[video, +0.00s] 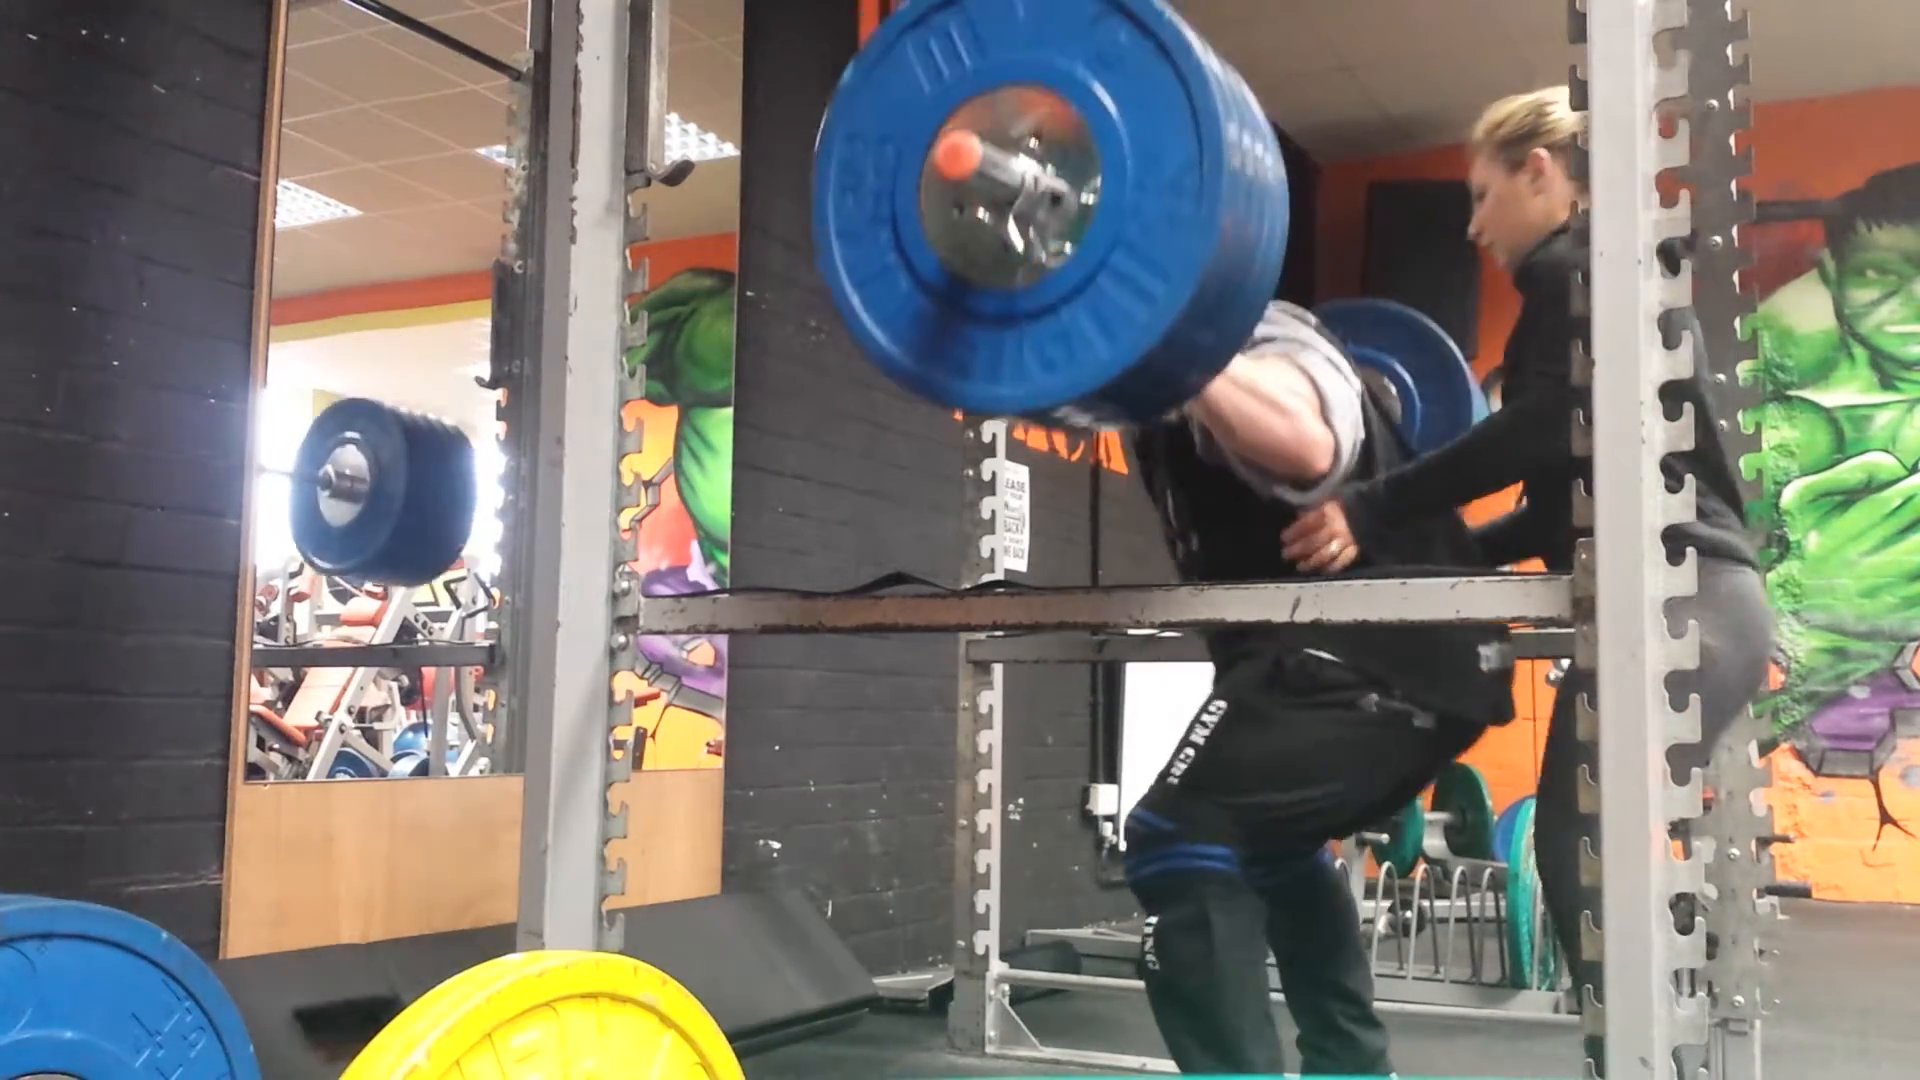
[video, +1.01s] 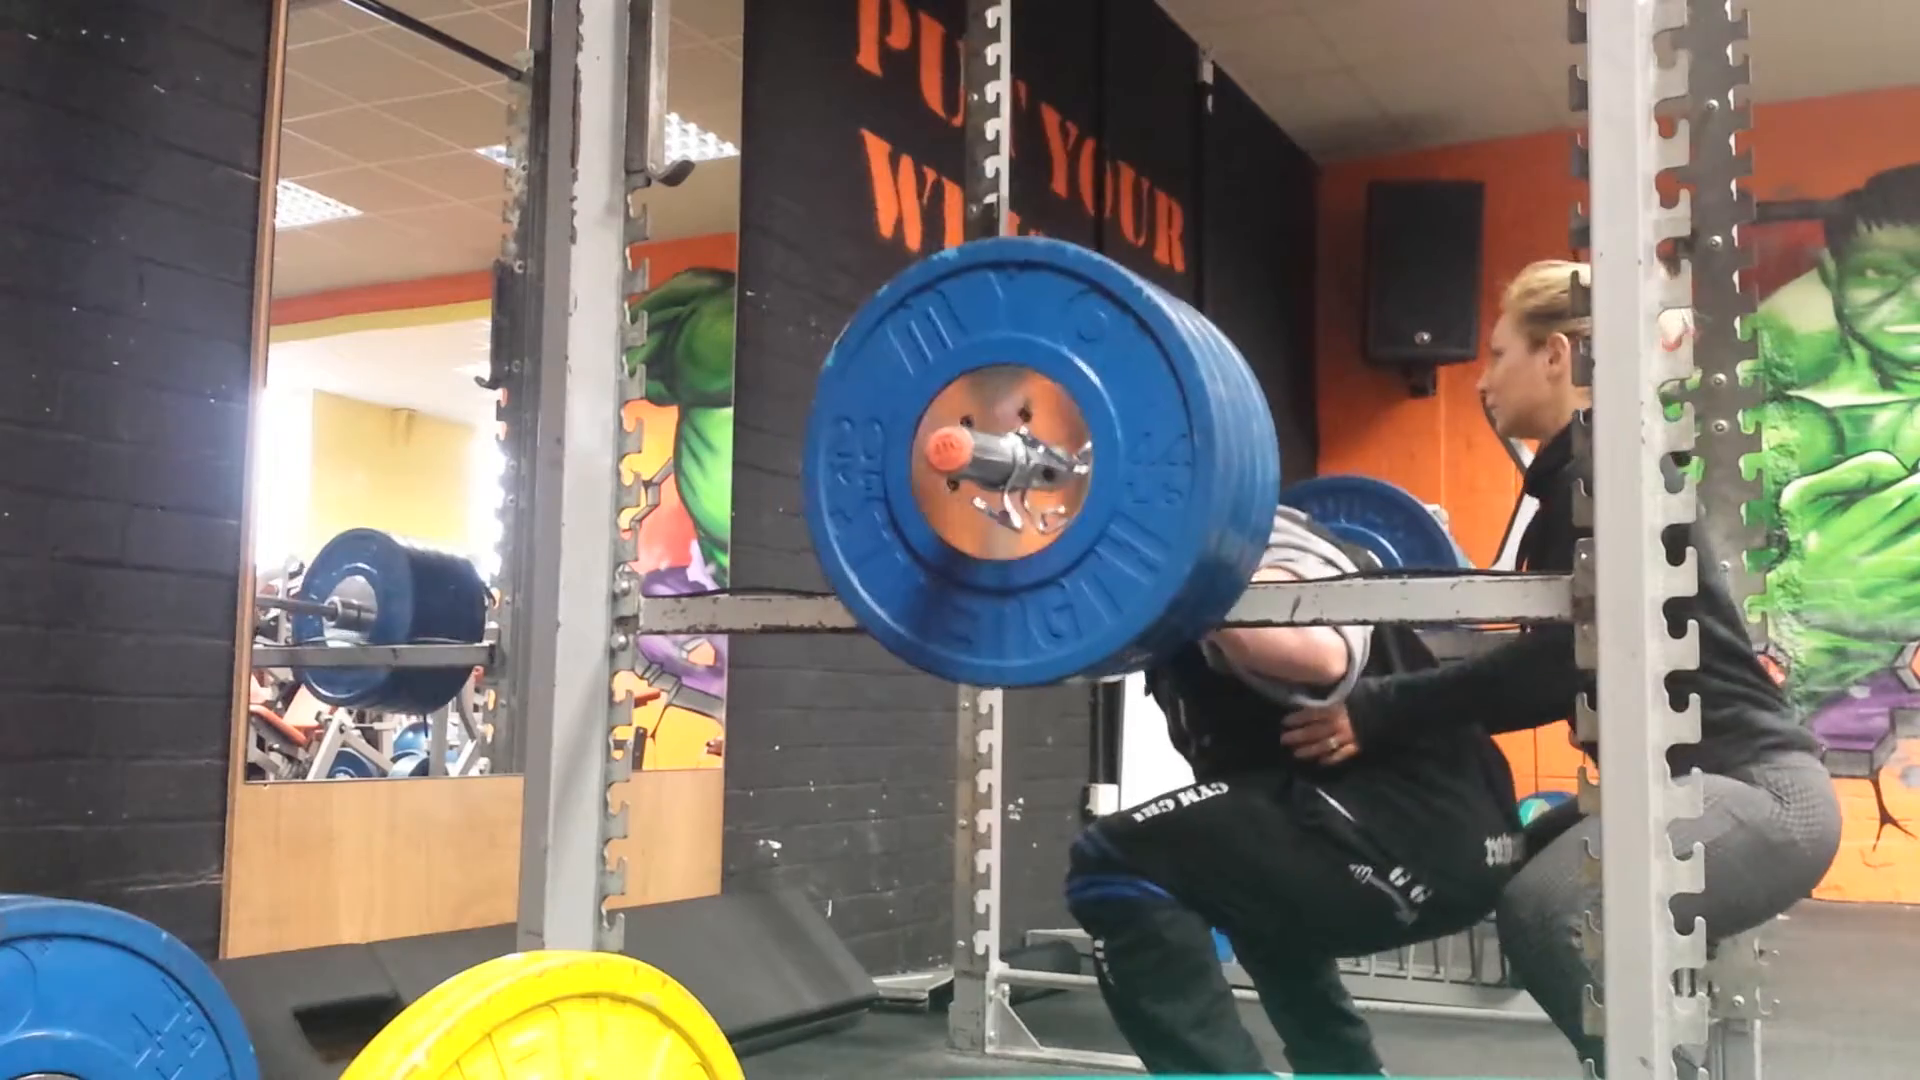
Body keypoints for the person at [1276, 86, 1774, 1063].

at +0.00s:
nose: (1473, 226)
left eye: (1483, 195)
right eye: (1472, 200)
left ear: (1543, 176)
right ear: (1552, 183)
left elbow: (1536, 434)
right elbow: (1568, 505)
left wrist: (1370, 510)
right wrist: (1436, 556)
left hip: (1664, 601)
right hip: (1706, 598)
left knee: (1572, 841)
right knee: (1582, 839)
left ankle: (1635, 1056)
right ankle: (1641, 1051)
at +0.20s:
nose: (1463, 260)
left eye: (1472, 231)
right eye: (1462, 237)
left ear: (1537, 212)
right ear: (1535, 216)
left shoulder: (1578, 313)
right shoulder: (1612, 315)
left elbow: (1555, 473)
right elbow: (1579, 536)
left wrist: (1387, 543)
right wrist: (1465, 595)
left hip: (1710, 630)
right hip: (1730, 628)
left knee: (1565, 847)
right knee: (1574, 848)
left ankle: (1641, 1053)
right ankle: (1650, 1051)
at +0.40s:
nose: (1469, 271)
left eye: (1479, 242)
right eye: (1468, 247)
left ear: (1541, 223)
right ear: (1543, 228)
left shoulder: (1598, 323)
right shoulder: (1595, 322)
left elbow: (1577, 503)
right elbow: (1554, 506)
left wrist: (1393, 569)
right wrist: (1399, 562)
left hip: (1729, 647)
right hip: (1704, 646)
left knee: (1564, 848)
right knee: (1556, 844)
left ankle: (1660, 1056)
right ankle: (1661, 1050)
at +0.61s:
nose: (1471, 312)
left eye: (1484, 283)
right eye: (1474, 287)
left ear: (1547, 278)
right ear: (1548, 282)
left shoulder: (1590, 395)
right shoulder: (1585, 396)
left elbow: (1553, 601)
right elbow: (1540, 598)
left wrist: (1400, 640)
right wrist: (1403, 634)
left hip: (1747, 720)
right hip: (1702, 714)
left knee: (1559, 878)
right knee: (1530, 850)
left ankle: (1655, 1060)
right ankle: (1648, 1049)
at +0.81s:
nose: (1475, 361)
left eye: (1486, 336)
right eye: (1478, 339)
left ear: (1548, 335)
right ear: (1546, 337)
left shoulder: (1593, 448)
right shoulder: (1583, 446)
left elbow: (1560, 650)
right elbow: (1540, 639)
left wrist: (1379, 689)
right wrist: (1380, 675)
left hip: (1751, 770)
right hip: (1705, 766)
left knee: (1546, 907)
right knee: (1520, 876)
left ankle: (1656, 1066)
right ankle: (1674, 1056)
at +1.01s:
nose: (1482, 381)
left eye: (1496, 355)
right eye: (1487, 358)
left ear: (1559, 356)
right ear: (1557, 359)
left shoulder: (1596, 461)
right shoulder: (1580, 466)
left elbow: (1574, 661)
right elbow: (1564, 661)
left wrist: (1379, 709)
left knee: (1547, 907)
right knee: (1531, 887)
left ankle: (1657, 1067)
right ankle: (1666, 1062)